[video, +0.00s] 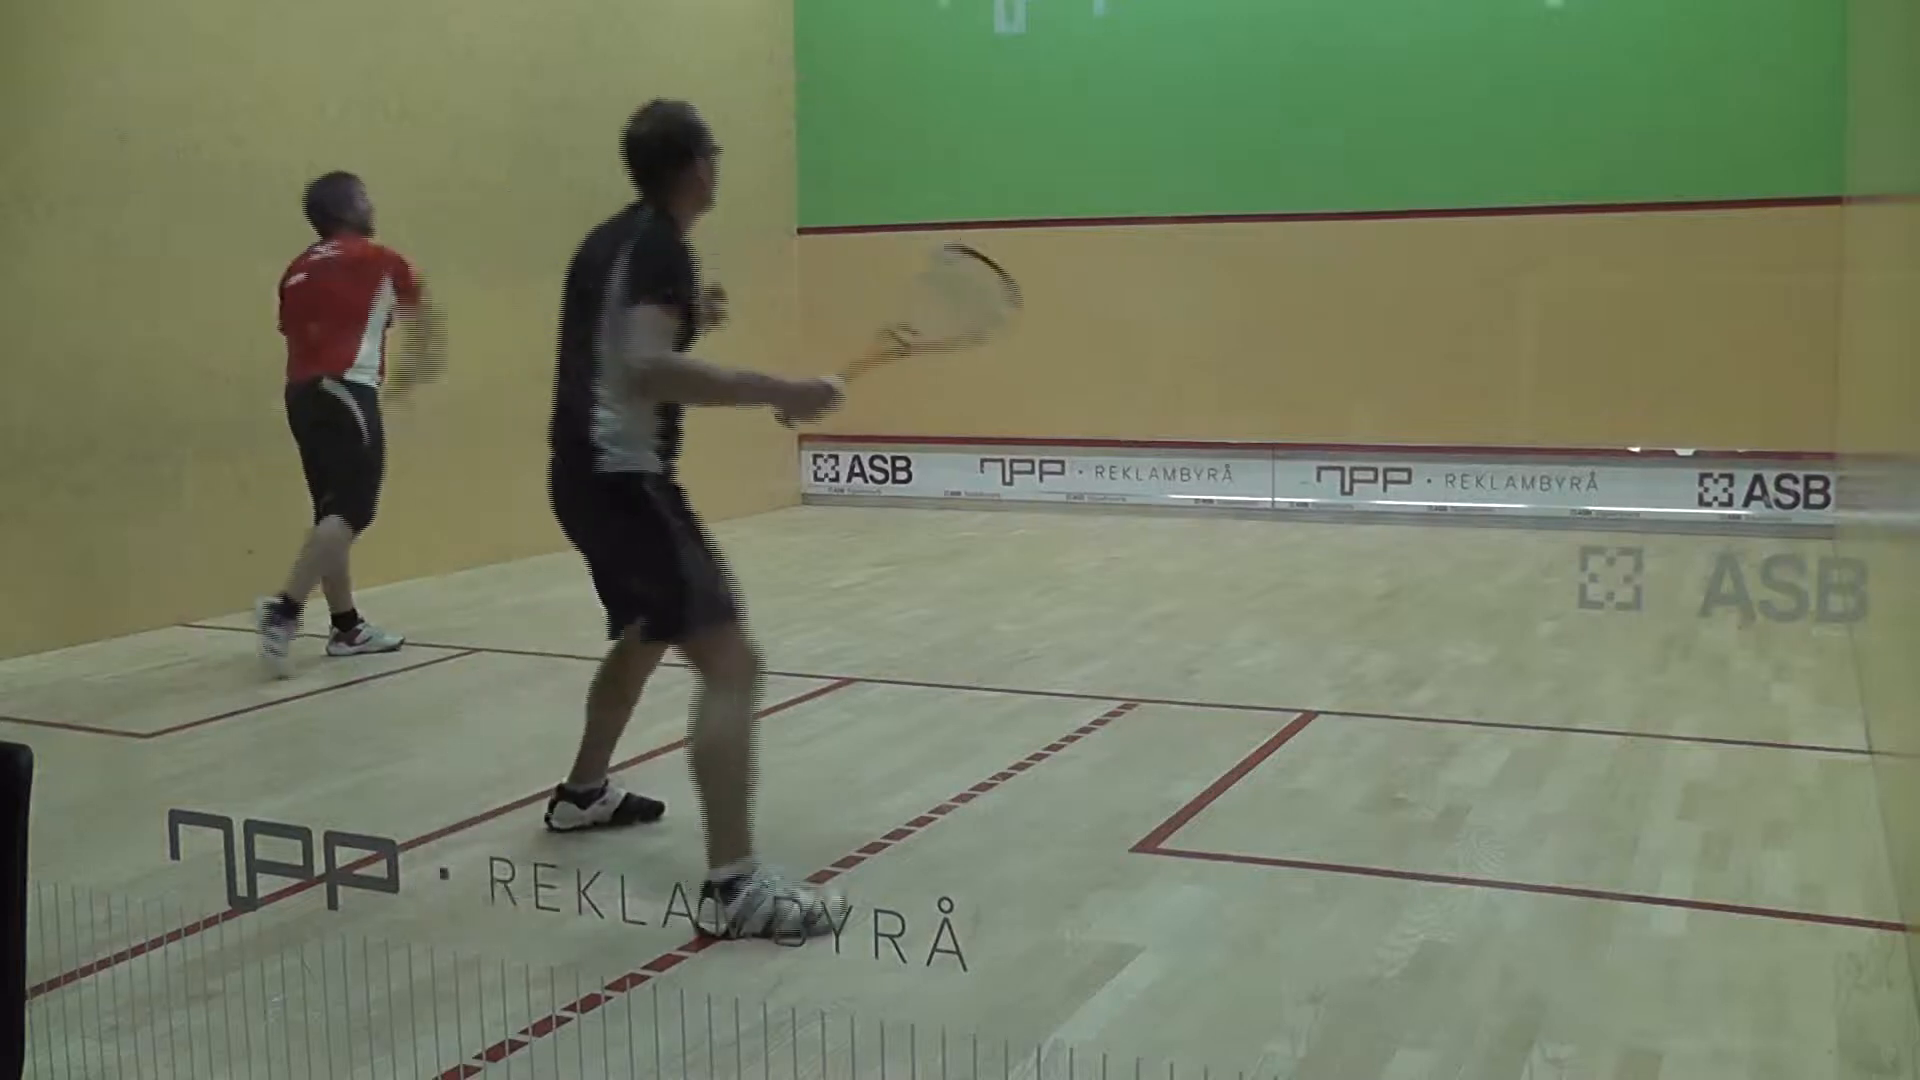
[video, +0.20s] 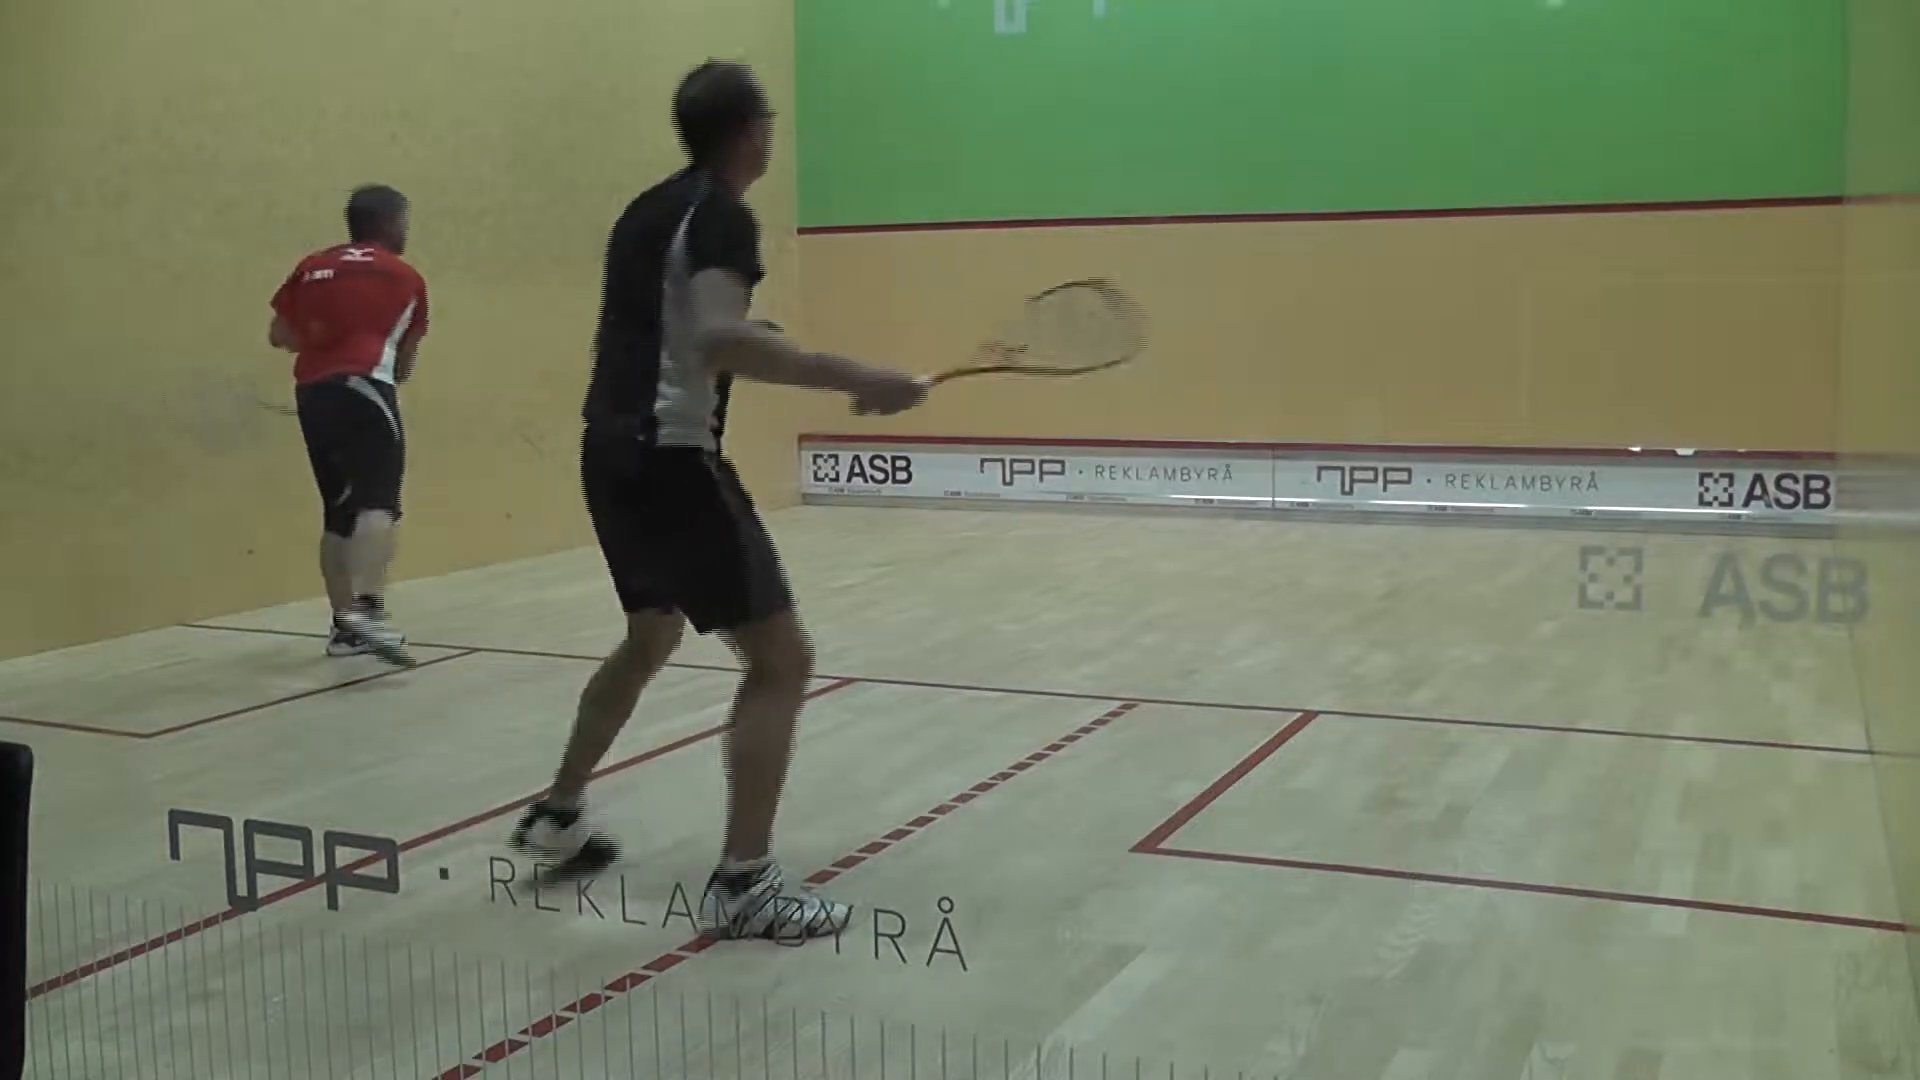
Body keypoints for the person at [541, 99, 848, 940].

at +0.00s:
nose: (718, 172)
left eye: (712, 158)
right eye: (711, 159)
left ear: (644, 169)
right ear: (690, 170)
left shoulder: (608, 244)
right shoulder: (656, 247)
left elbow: (595, 350)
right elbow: (644, 366)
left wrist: (681, 312)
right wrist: (777, 391)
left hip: (589, 478)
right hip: (627, 482)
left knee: (643, 630)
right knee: (730, 661)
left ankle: (583, 791)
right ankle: (733, 878)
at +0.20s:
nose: (771, 143)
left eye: (767, 128)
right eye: (768, 129)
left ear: (690, 133)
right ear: (752, 135)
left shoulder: (643, 212)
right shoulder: (721, 216)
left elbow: (633, 338)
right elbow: (715, 337)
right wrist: (857, 380)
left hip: (610, 458)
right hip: (677, 463)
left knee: (652, 633)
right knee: (781, 658)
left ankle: (554, 811)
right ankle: (743, 878)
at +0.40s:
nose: (824, 150)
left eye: (819, 135)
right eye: (815, 136)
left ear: (752, 148)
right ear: (785, 147)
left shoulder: (714, 221)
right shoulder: (736, 227)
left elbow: (688, 364)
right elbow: (708, 362)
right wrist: (852, 406)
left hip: (643, 478)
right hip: (684, 481)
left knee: (704, 653)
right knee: (831, 659)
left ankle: (560, 797)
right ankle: (802, 881)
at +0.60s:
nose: (806, 130)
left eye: (803, 114)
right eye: (789, 114)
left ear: (751, 131)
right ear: (736, 126)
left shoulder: (740, 226)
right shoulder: (666, 206)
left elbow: (774, 352)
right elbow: (571, 325)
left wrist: (882, 402)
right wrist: (685, 387)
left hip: (674, 457)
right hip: (619, 461)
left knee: (740, 656)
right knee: (752, 656)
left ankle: (633, 827)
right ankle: (799, 871)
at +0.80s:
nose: (723, 138)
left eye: (723, 122)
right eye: (704, 122)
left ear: (705, 134)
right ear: (649, 128)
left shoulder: (706, 231)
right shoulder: (564, 209)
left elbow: (765, 343)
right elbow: (430, 296)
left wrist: (819, 394)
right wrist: (488, 335)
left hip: (639, 474)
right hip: (554, 473)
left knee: (689, 690)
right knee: (652, 675)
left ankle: (607, 860)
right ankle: (613, 877)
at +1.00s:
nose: (617, 193)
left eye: (619, 174)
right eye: (597, 175)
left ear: (616, 177)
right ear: (542, 179)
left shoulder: (634, 271)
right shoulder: (466, 257)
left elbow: (735, 382)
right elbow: (331, 277)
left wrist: (761, 479)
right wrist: (268, 267)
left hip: (596, 534)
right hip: (488, 542)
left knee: (662, 742)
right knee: (486, 750)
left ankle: (599, 869)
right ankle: (446, 1002)